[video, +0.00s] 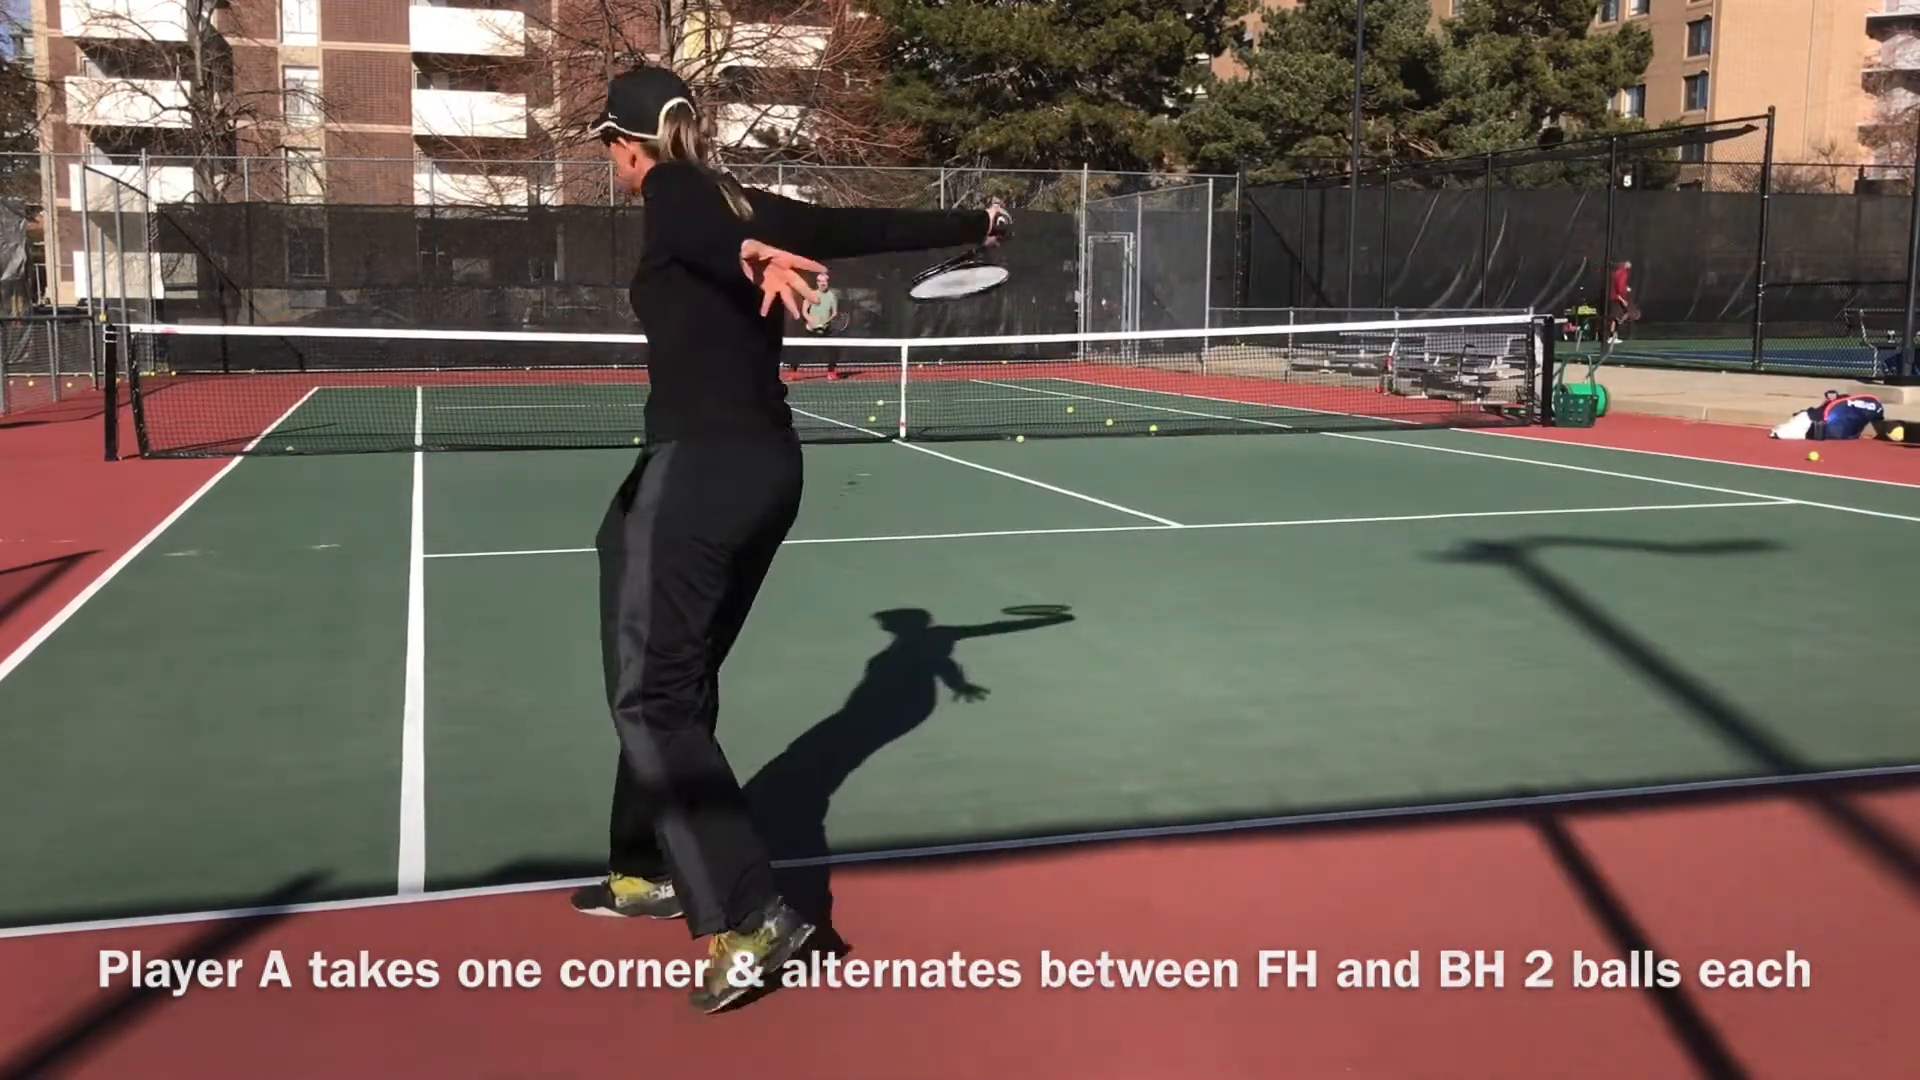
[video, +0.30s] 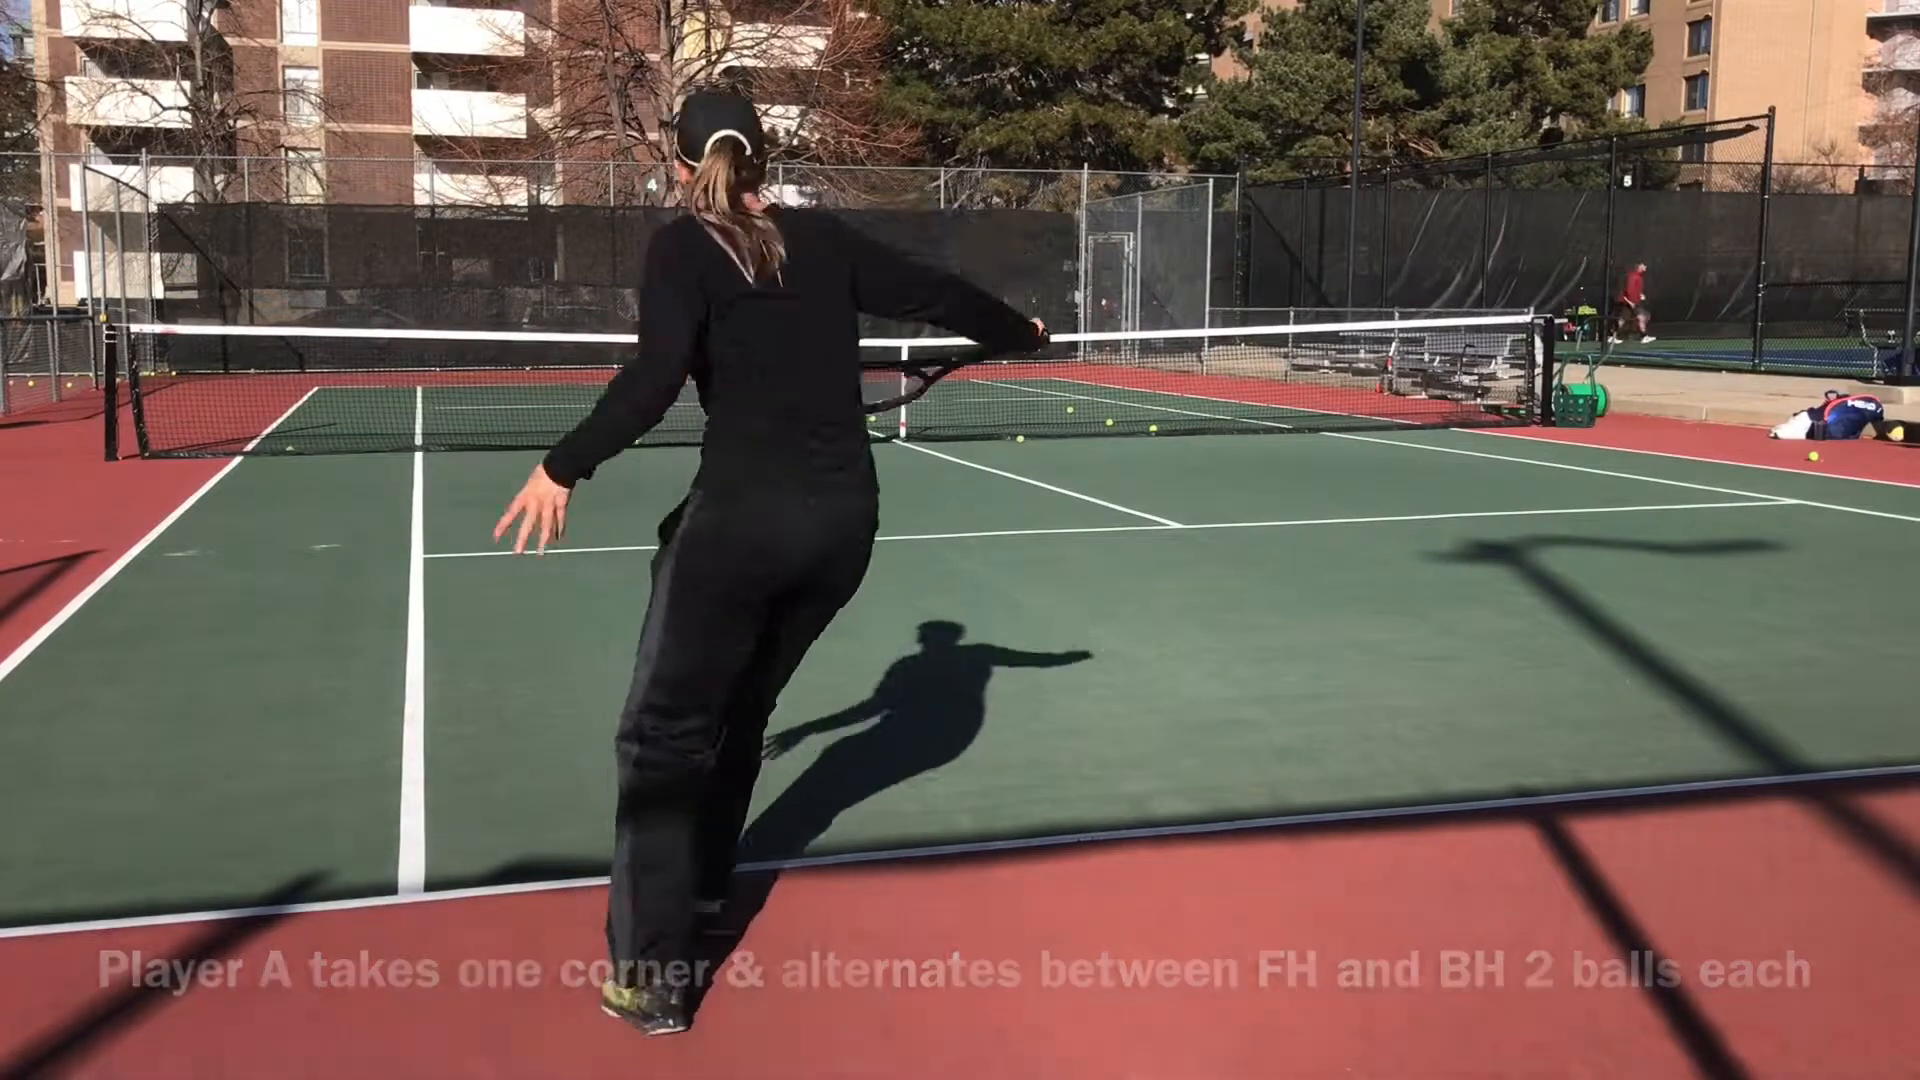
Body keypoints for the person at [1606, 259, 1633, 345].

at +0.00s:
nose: (1629, 267)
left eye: (1629, 265)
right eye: (1628, 265)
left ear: (1620, 265)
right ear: (1625, 265)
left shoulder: (1615, 272)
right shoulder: (1623, 273)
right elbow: (1620, 286)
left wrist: (1624, 288)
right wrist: (1626, 290)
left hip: (1613, 297)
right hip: (1617, 298)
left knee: (1613, 318)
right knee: (1614, 318)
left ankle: (1613, 336)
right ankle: (1612, 336)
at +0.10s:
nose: (1634, 266)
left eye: (1633, 264)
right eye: (1632, 263)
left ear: (1628, 265)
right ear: (1627, 265)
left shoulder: (1627, 274)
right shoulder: (1624, 274)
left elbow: (1626, 286)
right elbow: (1623, 287)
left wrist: (1630, 290)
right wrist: (1627, 299)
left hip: (1623, 299)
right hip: (1620, 299)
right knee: (1617, 317)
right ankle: (1613, 336)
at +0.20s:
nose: (1638, 268)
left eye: (1639, 266)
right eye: (1637, 265)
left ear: (1634, 266)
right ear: (1633, 265)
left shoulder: (1632, 275)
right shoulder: (1628, 275)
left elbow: (1630, 286)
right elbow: (1625, 288)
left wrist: (1634, 291)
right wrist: (1629, 299)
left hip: (1628, 299)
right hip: (1622, 300)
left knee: (1634, 316)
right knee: (1616, 319)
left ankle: (1639, 335)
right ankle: (1612, 337)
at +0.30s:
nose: (1644, 269)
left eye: (1644, 267)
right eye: (1643, 266)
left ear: (1641, 267)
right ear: (1638, 266)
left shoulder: (1639, 276)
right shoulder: (1632, 276)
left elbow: (1637, 288)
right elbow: (1630, 289)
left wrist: (1640, 294)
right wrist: (1633, 300)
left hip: (1635, 301)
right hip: (1628, 301)